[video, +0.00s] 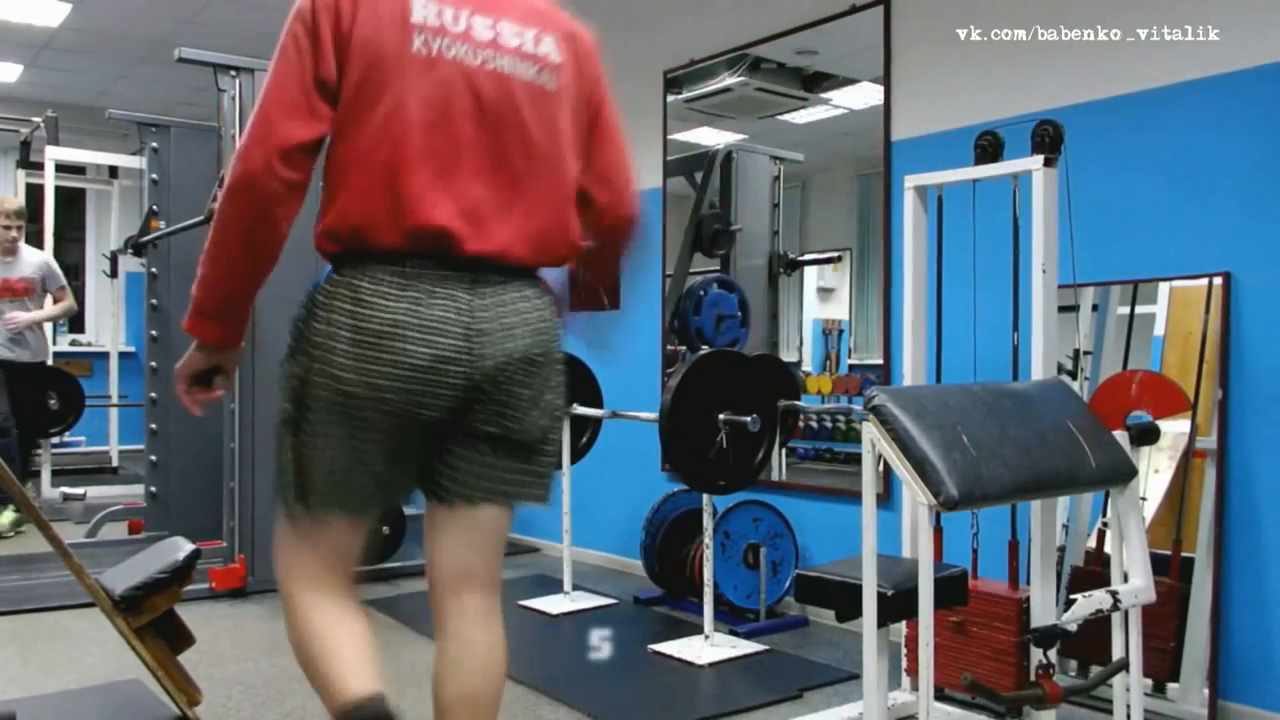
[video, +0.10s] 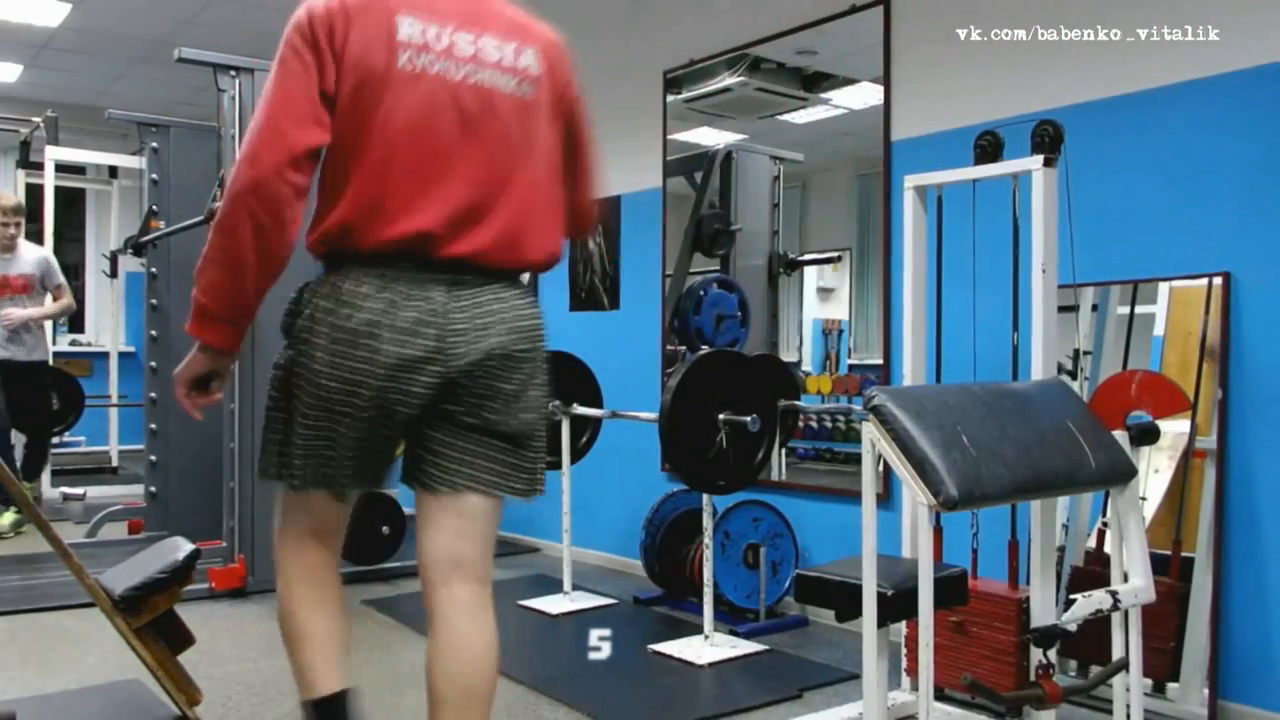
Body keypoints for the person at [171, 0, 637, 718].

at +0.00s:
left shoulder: (340, 10)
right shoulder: (565, 34)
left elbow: (267, 168)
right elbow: (615, 203)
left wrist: (216, 328)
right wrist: (589, 279)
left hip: (376, 305)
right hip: (516, 312)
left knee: (319, 569)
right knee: (471, 591)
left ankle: (368, 709)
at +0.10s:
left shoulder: (333, 18)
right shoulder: (541, 42)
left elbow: (266, 180)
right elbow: (579, 206)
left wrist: (216, 335)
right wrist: (480, 242)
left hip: (366, 306)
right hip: (501, 315)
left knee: (311, 537)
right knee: (462, 576)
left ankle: (328, 708)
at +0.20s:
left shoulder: (327, 38)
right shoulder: (520, 58)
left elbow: (259, 194)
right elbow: (529, 191)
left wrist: (209, 343)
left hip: (356, 316)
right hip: (485, 319)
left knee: (315, 549)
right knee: (456, 571)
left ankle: (299, 708)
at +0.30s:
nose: (351, 10)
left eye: (355, 6)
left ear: (361, 5)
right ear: (444, 7)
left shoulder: (311, 64)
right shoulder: (499, 75)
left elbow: (248, 213)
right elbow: (488, 183)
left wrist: (198, 352)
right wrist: (449, 42)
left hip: (339, 327)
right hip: (459, 329)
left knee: (316, 552)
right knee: (441, 554)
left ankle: (302, 709)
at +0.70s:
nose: (441, 76)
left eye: (438, 68)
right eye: (440, 67)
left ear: (367, 52)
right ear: (426, 57)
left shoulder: (295, 101)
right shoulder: (445, 110)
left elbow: (250, 223)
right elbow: (466, 212)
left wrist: (282, 296)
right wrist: (461, 111)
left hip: (304, 323)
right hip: (409, 329)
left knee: (308, 524)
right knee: (419, 502)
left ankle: (306, 708)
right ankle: (397, 671)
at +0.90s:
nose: (476, 117)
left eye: (476, 108)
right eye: (477, 107)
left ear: (413, 84)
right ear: (461, 93)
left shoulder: (338, 126)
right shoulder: (472, 147)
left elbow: (294, 237)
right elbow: (487, 246)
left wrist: (329, 293)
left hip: (327, 331)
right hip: (422, 341)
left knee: (320, 512)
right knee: (418, 512)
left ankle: (306, 682)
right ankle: (414, 654)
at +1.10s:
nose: (501, 125)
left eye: (501, 117)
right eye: (503, 116)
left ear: (445, 93)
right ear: (489, 103)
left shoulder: (367, 137)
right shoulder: (501, 162)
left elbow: (317, 238)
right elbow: (517, 274)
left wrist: (332, 316)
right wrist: (470, 277)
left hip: (373, 332)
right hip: (456, 339)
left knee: (363, 472)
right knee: (434, 502)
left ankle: (341, 583)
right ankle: (415, 653)